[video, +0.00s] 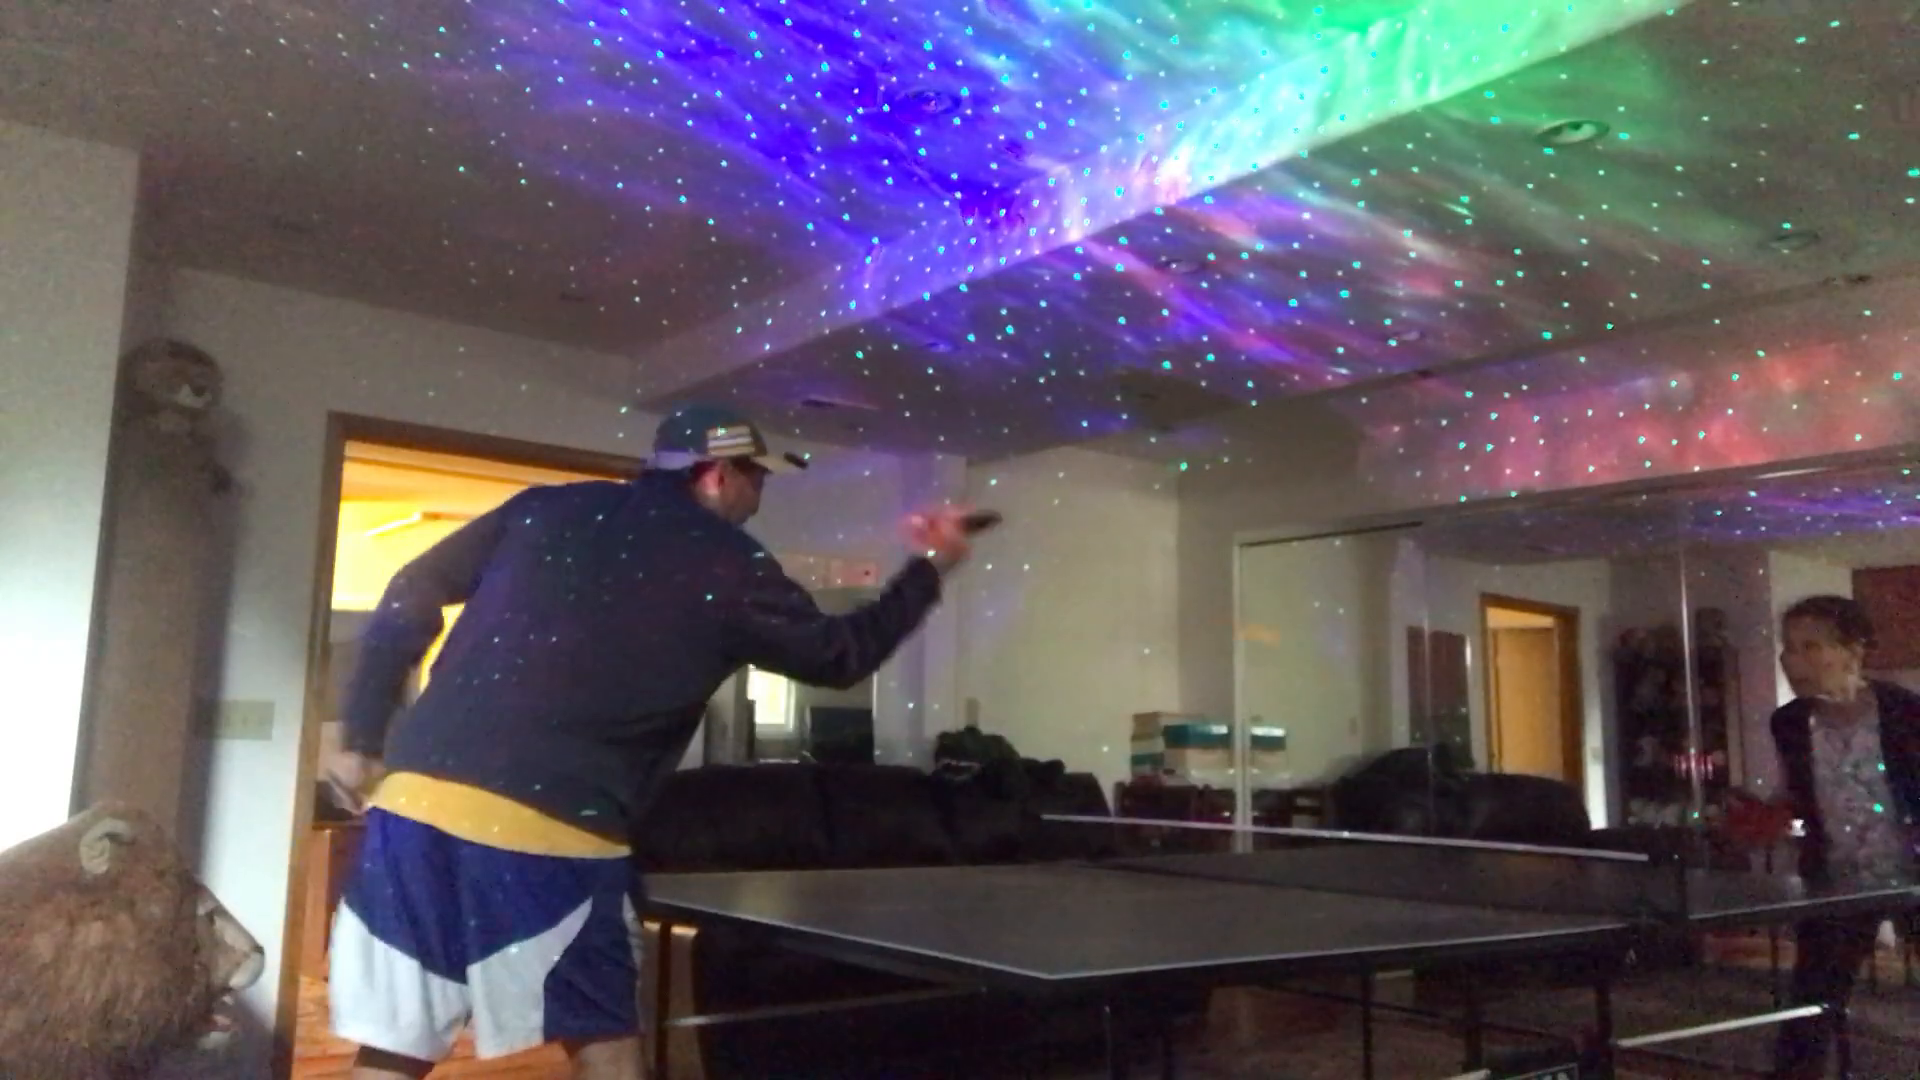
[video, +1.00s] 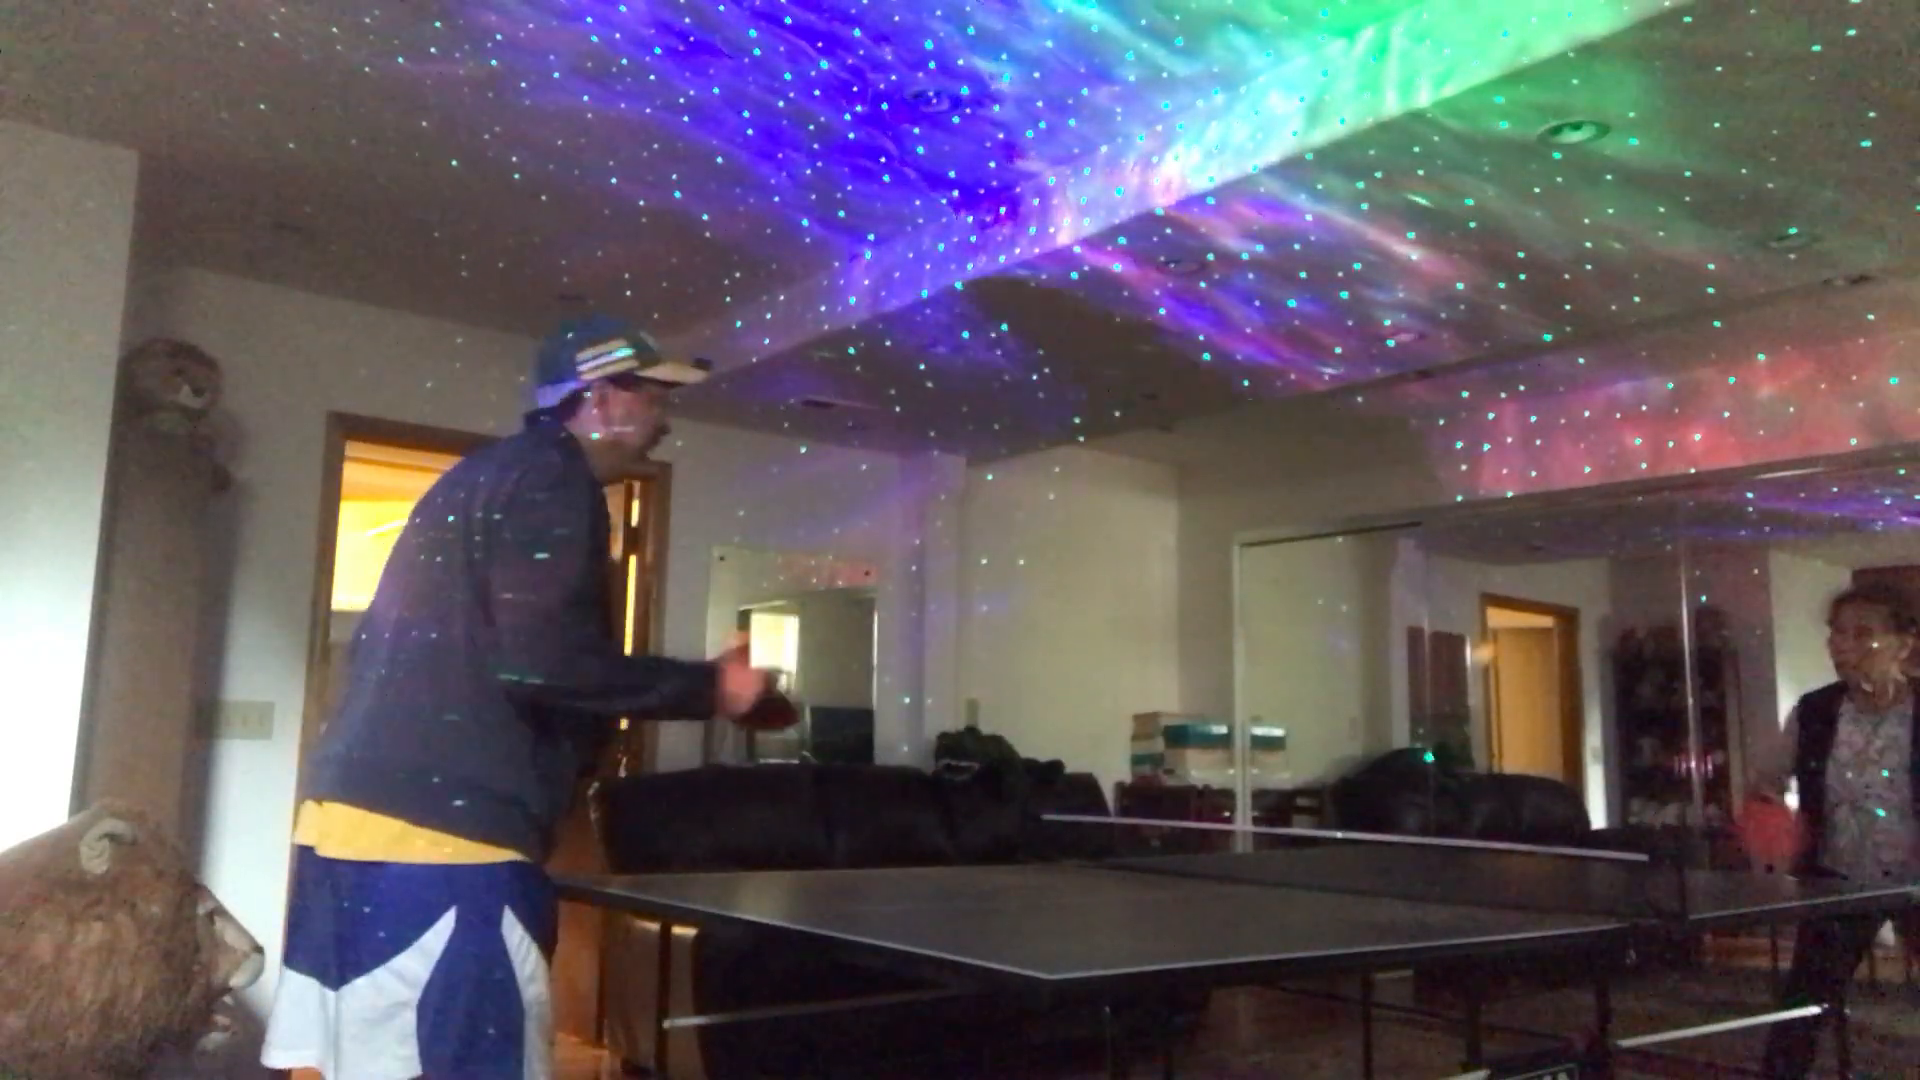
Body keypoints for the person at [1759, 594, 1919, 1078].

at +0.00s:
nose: (1787, 659)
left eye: (1802, 647)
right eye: (1786, 648)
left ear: (1853, 651)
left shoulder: (1903, 709)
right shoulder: (1789, 724)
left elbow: (1914, 793)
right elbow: (1804, 802)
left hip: (1908, 878)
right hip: (1837, 885)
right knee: (1811, 1005)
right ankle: (1799, 1066)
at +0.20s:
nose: (1768, 665)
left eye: (1781, 648)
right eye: (1762, 652)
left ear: (1826, 645)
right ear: (1760, 656)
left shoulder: (1879, 704)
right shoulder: (1776, 716)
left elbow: (1906, 791)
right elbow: (1784, 796)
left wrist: (1906, 865)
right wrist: (1729, 806)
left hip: (1893, 882)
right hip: (1817, 886)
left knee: (1919, 990)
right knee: (1789, 1005)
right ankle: (1775, 1071)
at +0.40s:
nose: (1773, 665)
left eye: (1784, 648)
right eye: (1768, 652)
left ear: (1827, 645)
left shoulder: (1888, 706)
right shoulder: (1787, 711)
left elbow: (1909, 797)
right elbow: (1769, 796)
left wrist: (1897, 873)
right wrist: (1763, 868)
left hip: (1886, 882)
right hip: (1806, 885)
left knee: (1914, 998)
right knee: (1786, 1006)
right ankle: (1776, 1070)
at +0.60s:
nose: (1788, 652)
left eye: (1800, 640)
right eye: (1789, 639)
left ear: (1843, 640)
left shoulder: (1903, 703)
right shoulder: (1805, 706)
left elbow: (1911, 797)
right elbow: (1787, 762)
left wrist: (1906, 885)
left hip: (1900, 882)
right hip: (1828, 886)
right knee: (1798, 1004)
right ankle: (1783, 1072)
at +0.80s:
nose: (1811, 645)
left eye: (1826, 633)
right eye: (1812, 633)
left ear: (1870, 641)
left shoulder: (1909, 703)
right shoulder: (1804, 706)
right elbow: (1725, 735)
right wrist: (1647, 745)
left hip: (1905, 883)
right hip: (1834, 885)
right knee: (1803, 1000)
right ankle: (1784, 1073)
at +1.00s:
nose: (1840, 645)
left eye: (1858, 632)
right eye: (1835, 633)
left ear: (1901, 643)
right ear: (1829, 640)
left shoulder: (1913, 708)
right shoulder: (1816, 710)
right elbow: (1765, 778)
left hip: (1912, 885)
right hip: (1839, 886)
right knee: (1804, 1000)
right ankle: (1781, 1072)